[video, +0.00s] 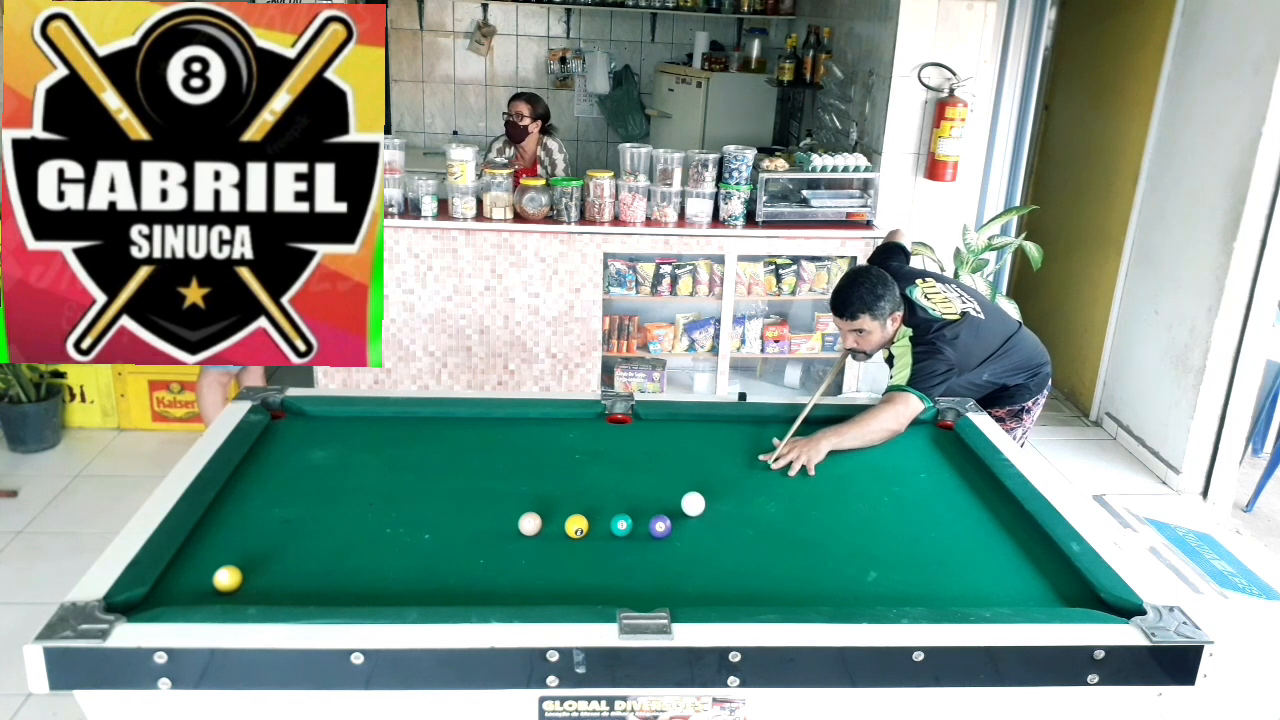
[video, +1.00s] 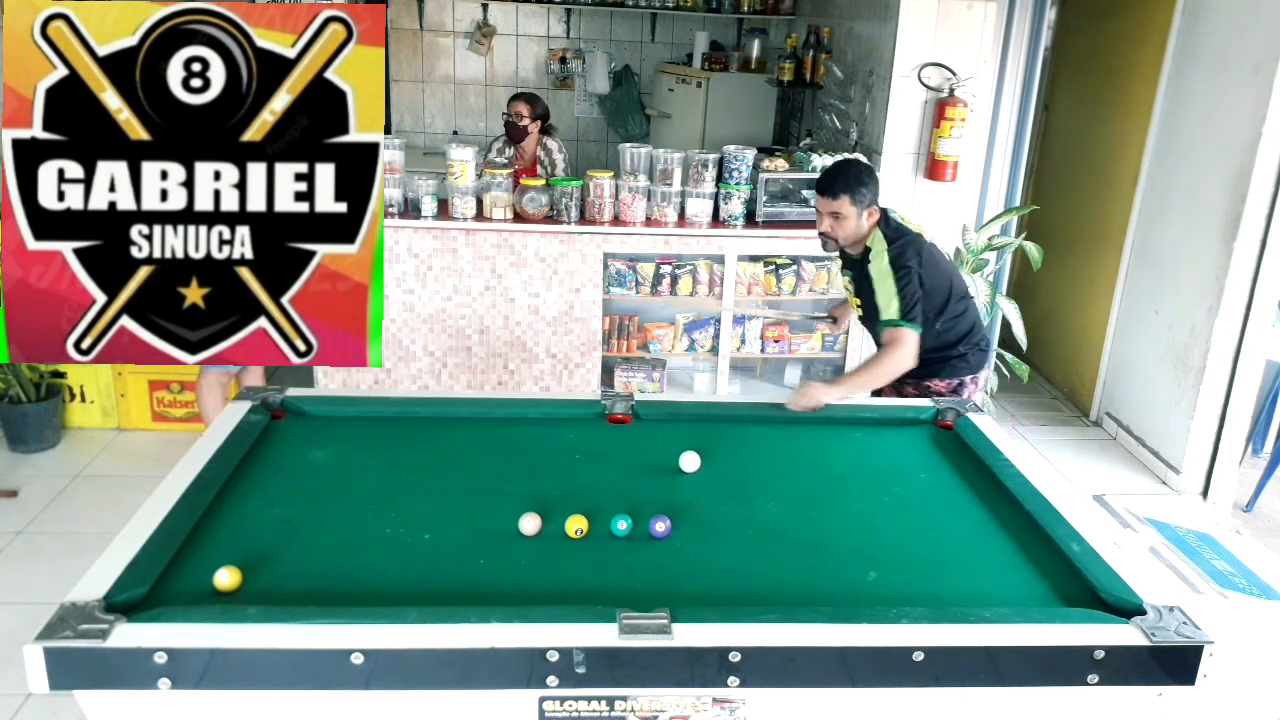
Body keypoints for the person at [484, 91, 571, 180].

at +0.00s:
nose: (510, 121)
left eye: (518, 116)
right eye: (509, 115)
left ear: (536, 126)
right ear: (505, 116)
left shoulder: (552, 147)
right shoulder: (499, 145)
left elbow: (564, 187)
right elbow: (484, 181)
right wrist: (506, 169)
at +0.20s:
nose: (510, 121)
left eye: (518, 116)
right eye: (508, 115)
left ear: (536, 126)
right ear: (505, 116)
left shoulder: (552, 147)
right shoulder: (499, 145)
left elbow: (564, 188)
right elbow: (484, 181)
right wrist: (506, 169)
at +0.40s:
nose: (509, 121)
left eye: (517, 117)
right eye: (508, 116)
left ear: (535, 126)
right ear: (505, 117)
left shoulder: (552, 147)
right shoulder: (499, 145)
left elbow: (564, 187)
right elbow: (484, 181)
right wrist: (506, 169)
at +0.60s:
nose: (509, 122)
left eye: (517, 117)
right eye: (508, 116)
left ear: (535, 126)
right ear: (505, 117)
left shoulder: (552, 147)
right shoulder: (499, 145)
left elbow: (564, 187)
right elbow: (484, 182)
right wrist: (506, 169)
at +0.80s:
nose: (509, 122)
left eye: (517, 117)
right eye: (508, 116)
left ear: (535, 126)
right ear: (505, 117)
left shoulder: (552, 147)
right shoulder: (498, 146)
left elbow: (564, 188)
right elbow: (484, 182)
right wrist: (506, 169)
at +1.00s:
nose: (509, 122)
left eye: (517, 117)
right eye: (508, 116)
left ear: (535, 126)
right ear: (505, 117)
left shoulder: (552, 148)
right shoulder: (499, 146)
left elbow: (564, 187)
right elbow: (485, 180)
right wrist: (506, 169)